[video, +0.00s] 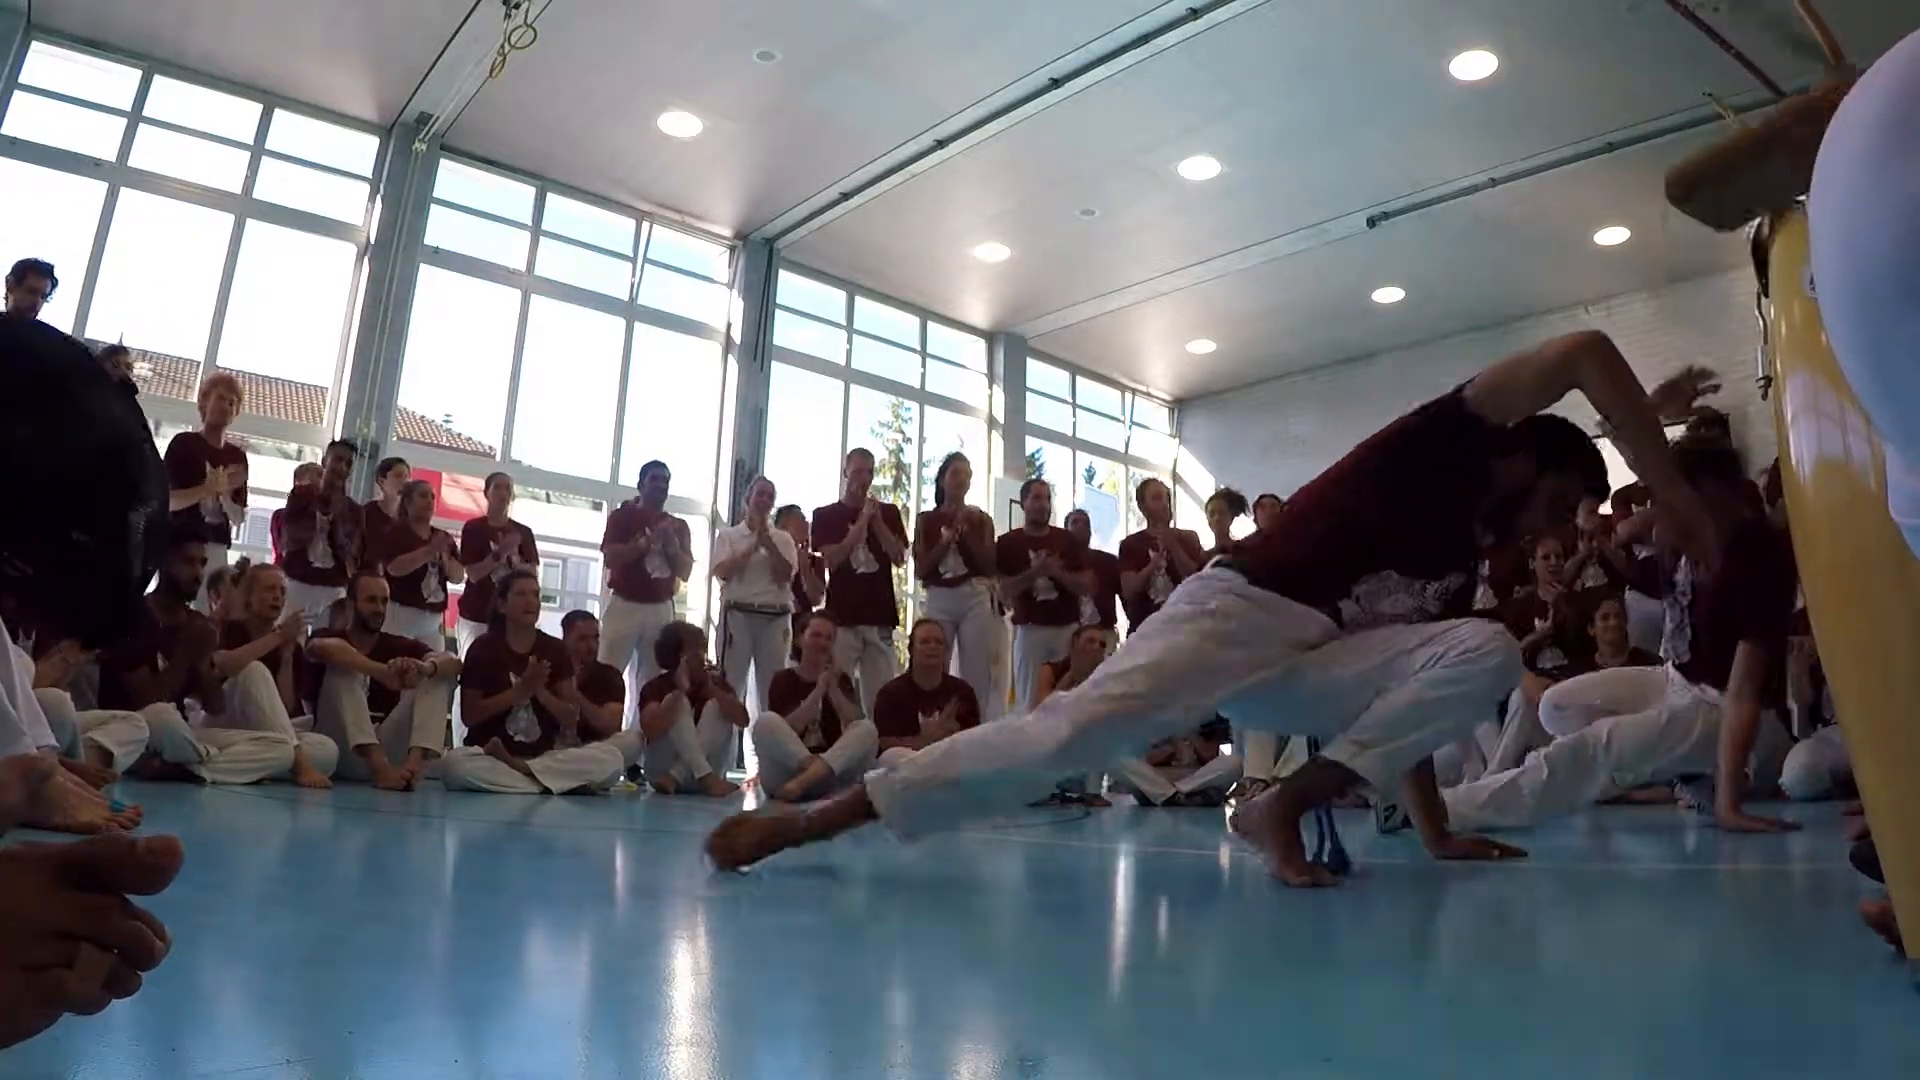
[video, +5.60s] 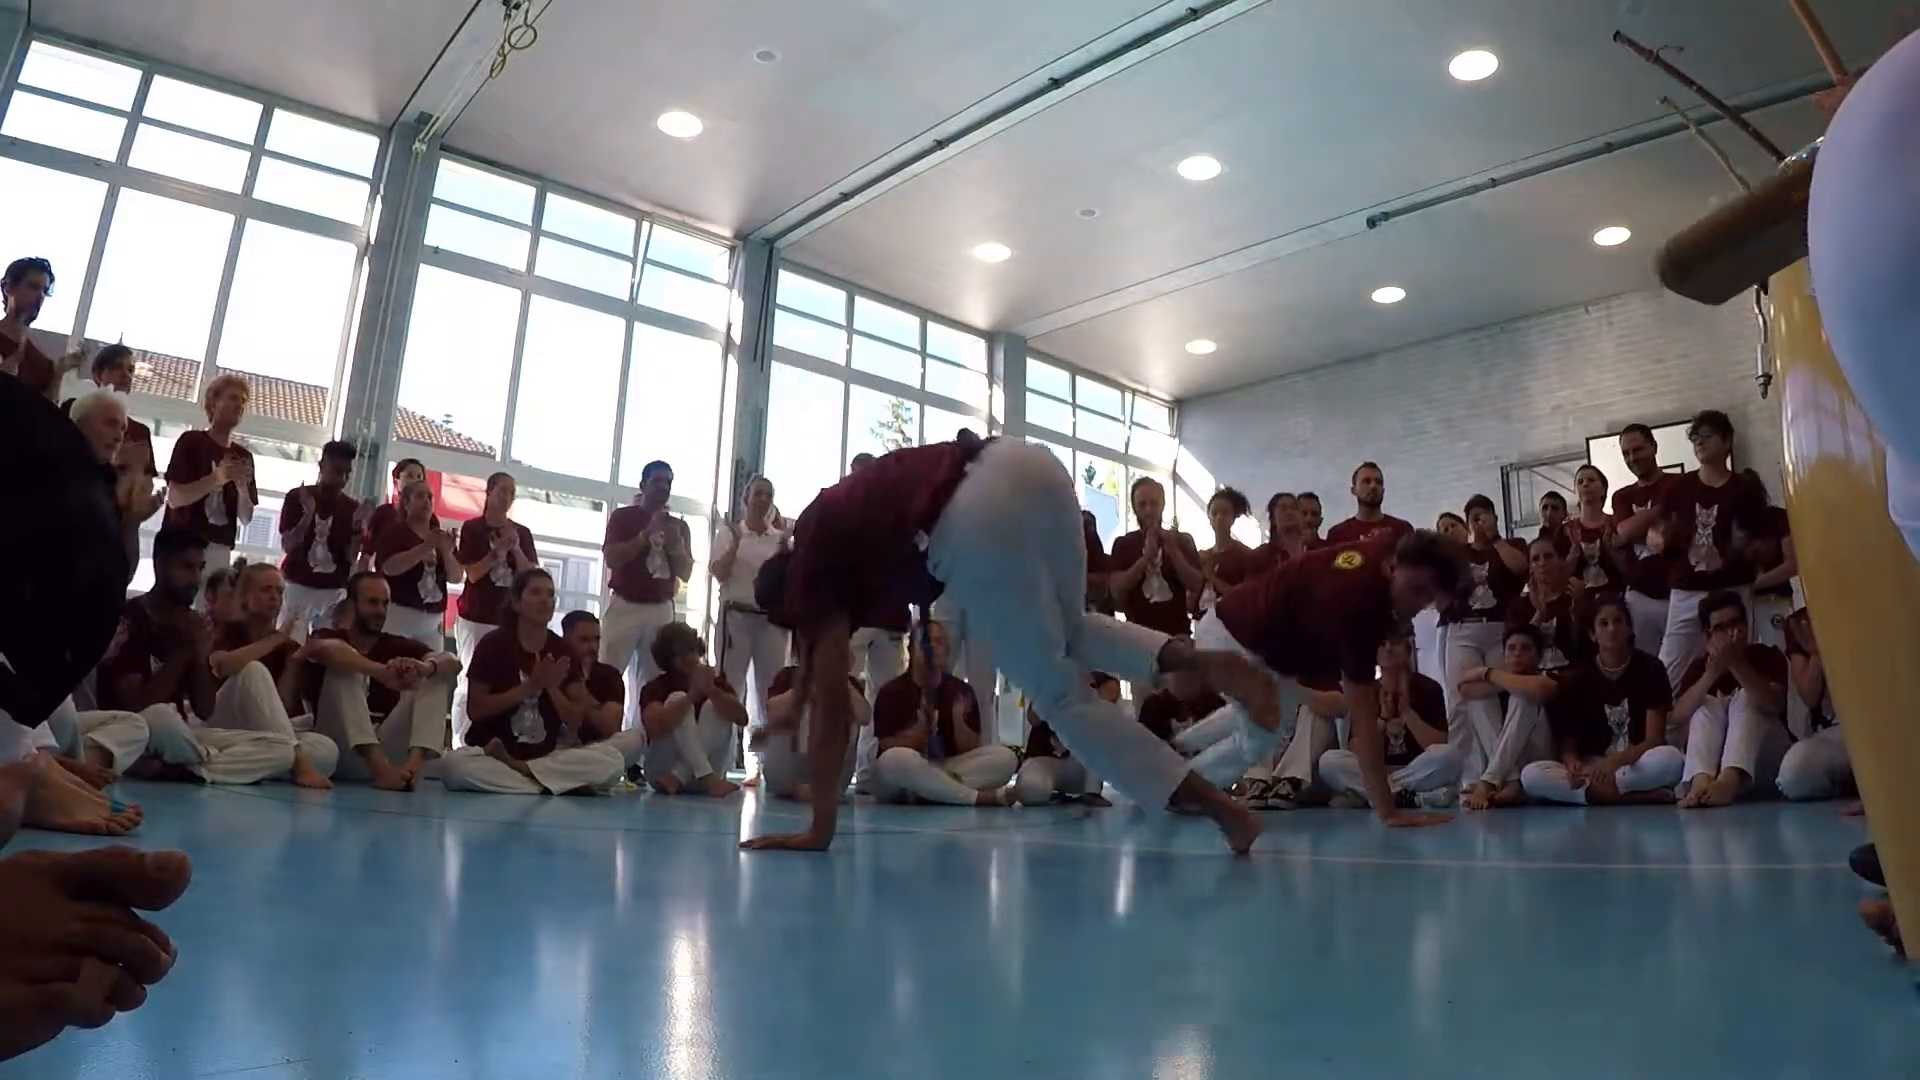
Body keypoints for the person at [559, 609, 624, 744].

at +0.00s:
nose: (591, 645)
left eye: (595, 638)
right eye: (583, 638)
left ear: (599, 638)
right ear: (565, 640)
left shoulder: (610, 676)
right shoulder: (548, 673)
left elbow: (610, 725)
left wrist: (574, 695)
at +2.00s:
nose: (593, 650)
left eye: (598, 643)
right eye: (586, 642)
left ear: (602, 644)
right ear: (567, 640)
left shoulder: (610, 675)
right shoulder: (549, 673)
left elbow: (610, 728)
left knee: (635, 738)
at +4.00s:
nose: (591, 645)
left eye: (595, 638)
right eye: (583, 638)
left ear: (599, 639)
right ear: (565, 640)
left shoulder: (609, 674)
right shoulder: (550, 674)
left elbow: (610, 728)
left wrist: (578, 690)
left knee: (634, 738)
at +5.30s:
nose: (591, 646)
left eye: (596, 639)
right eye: (583, 639)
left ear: (600, 640)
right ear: (565, 640)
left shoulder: (609, 675)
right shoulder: (550, 673)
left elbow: (610, 729)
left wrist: (578, 690)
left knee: (634, 738)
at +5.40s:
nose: (592, 646)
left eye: (596, 639)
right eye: (583, 639)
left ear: (600, 640)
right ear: (565, 640)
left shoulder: (610, 675)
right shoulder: (550, 672)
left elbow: (609, 729)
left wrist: (578, 701)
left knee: (634, 738)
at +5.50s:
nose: (592, 646)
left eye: (596, 639)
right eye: (583, 639)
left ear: (600, 640)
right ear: (566, 639)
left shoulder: (609, 675)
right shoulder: (551, 673)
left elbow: (610, 728)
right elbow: (570, 722)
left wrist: (579, 696)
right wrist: (549, 687)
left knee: (633, 738)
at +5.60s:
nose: (593, 647)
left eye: (596, 639)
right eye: (584, 640)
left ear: (600, 640)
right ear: (565, 641)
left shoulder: (610, 674)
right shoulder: (552, 674)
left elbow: (609, 728)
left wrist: (582, 696)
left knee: (634, 738)